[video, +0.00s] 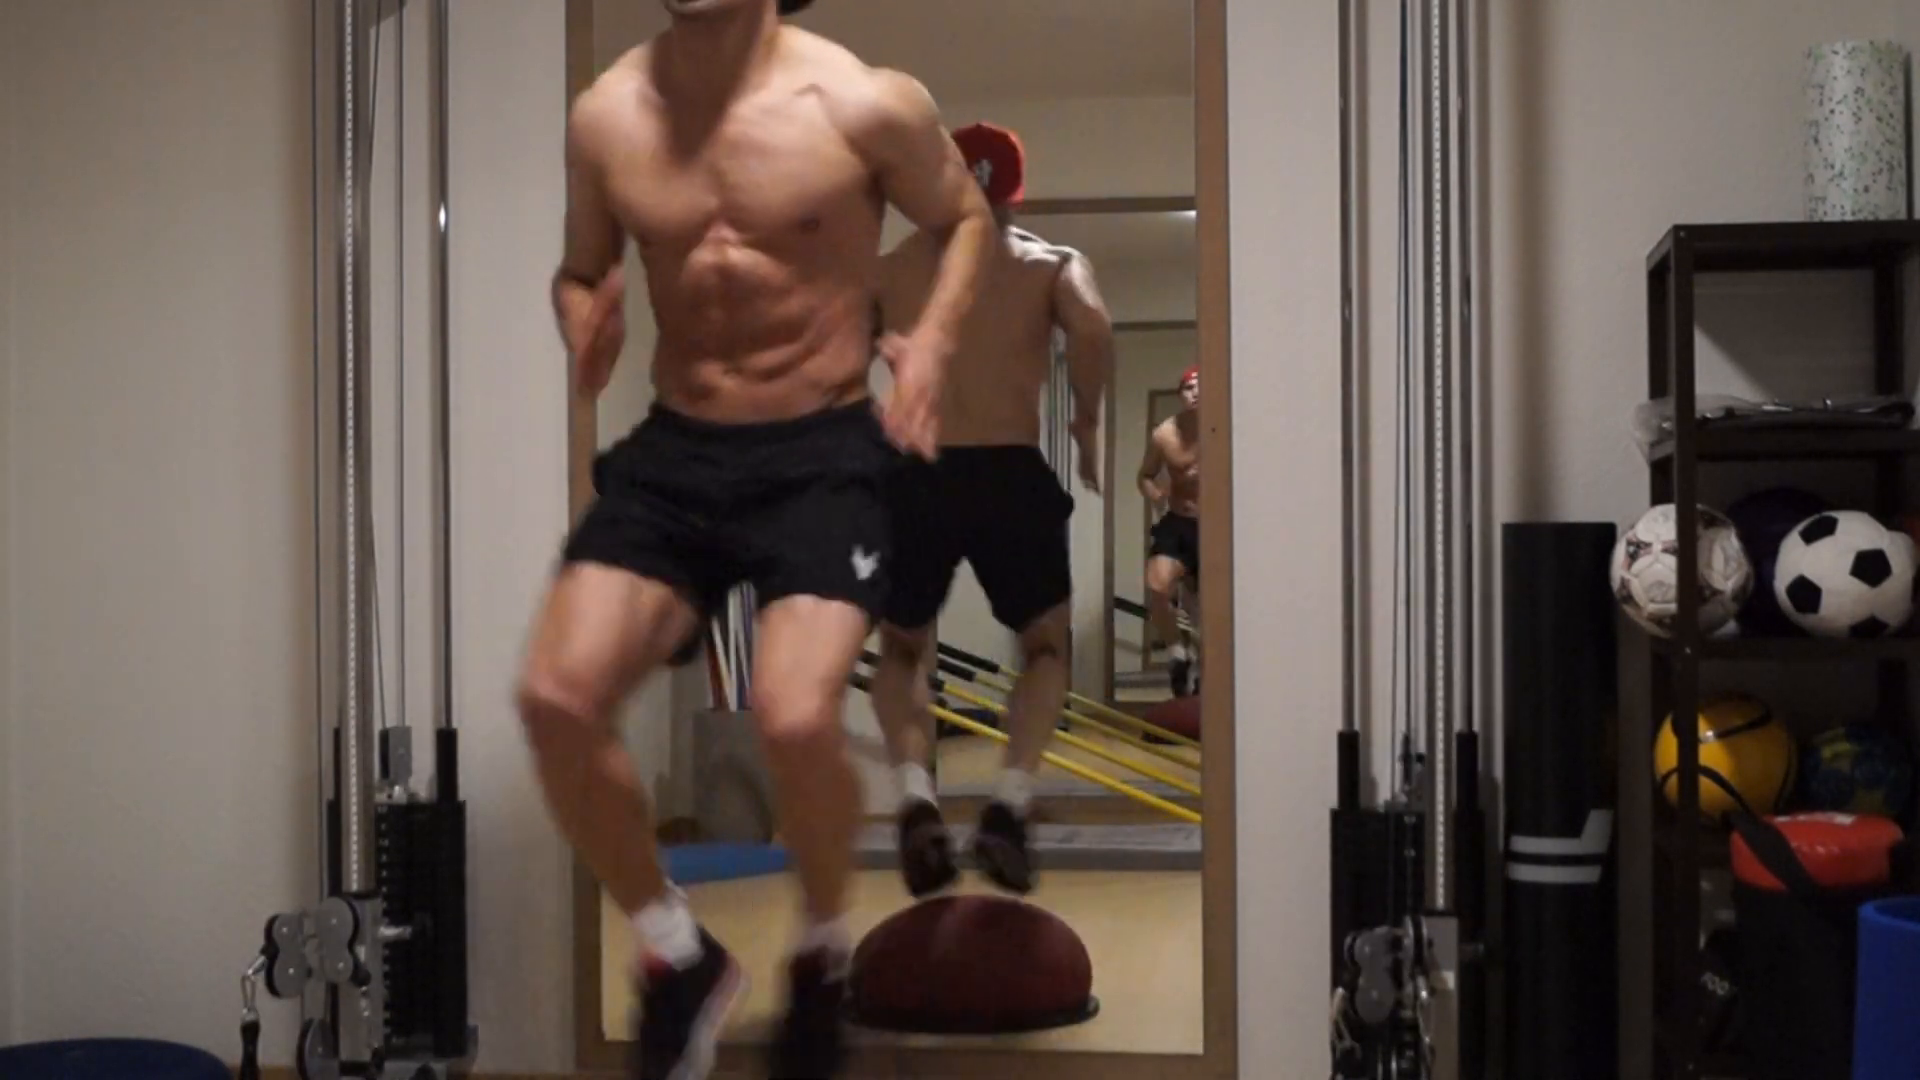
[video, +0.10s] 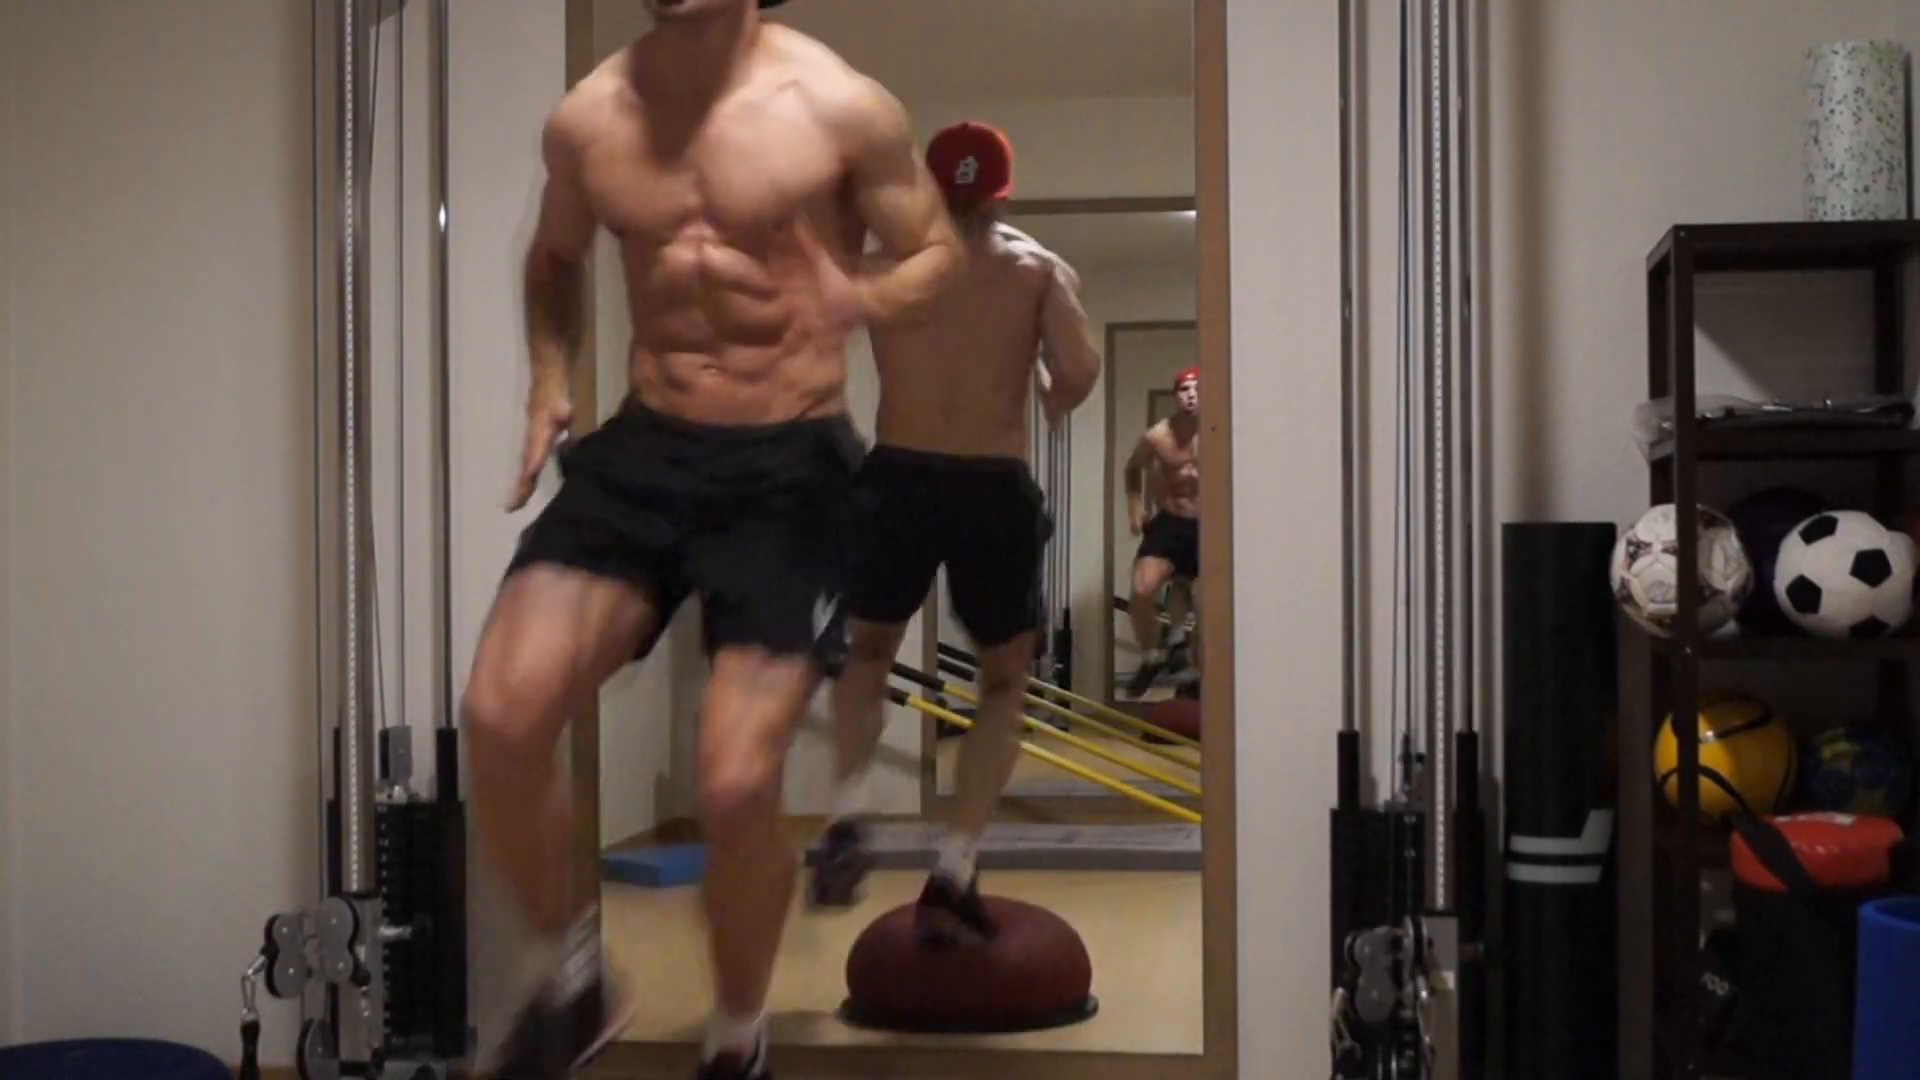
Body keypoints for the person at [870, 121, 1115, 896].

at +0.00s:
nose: (1006, 195)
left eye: (973, 182)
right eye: (1012, 186)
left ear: (949, 185)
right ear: (1018, 191)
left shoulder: (896, 264)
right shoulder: (1052, 262)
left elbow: (839, 341)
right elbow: (1091, 325)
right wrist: (1088, 420)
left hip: (912, 480)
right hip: (1010, 479)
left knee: (902, 650)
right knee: (1046, 646)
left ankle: (915, 794)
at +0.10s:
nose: (977, 204)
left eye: (952, 190)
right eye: (988, 190)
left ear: (932, 190)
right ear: (1005, 192)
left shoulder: (892, 262)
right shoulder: (1036, 269)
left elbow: (830, 319)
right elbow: (1077, 371)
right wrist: (1051, 397)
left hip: (897, 482)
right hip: (993, 493)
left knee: (867, 654)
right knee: (1004, 680)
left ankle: (847, 808)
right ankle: (958, 861)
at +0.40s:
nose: (956, 221)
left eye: (936, 205)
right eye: (972, 207)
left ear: (907, 207)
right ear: (981, 208)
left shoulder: (863, 280)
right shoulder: (1010, 286)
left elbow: (808, 369)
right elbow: (1026, 389)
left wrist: (849, 438)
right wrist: (1036, 452)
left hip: (866, 516)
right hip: (965, 522)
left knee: (840, 708)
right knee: (1003, 698)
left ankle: (783, 895)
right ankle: (960, 872)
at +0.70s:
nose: (1016, 202)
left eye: (994, 185)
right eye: (1018, 189)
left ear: (941, 183)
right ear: (1015, 189)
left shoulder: (884, 268)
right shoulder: (1043, 264)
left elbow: (847, 372)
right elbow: (1072, 383)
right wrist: (1090, 440)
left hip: (915, 500)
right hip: (1013, 496)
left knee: (955, 684)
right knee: (1081, 693)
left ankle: (913, 864)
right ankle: (1102, 879)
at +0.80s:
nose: (1012, 251)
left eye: (998, 235)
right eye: (1023, 237)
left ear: (957, 234)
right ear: (1031, 236)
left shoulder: (922, 310)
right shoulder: (1068, 321)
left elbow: (875, 418)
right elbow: (1112, 448)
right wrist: (1059, 441)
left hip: (938, 560)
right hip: (1042, 558)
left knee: (913, 769)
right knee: (1079, 775)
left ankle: (924, 961)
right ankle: (1102, 976)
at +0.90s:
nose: (1010, 231)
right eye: (1022, 217)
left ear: (952, 214)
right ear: (1027, 220)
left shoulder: (915, 291)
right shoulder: (1058, 302)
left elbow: (856, 388)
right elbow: (1108, 421)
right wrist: (1053, 428)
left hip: (926, 527)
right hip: (1027, 528)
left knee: (933, 758)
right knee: (1075, 752)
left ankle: (948, 945)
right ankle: (1106, 949)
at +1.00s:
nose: (1005, 185)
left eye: (982, 171)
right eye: (1006, 174)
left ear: (935, 171)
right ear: (1006, 178)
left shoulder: (877, 255)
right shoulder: (1029, 246)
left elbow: (824, 343)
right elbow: (1080, 313)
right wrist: (1080, 408)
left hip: (904, 478)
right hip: (1001, 473)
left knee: (929, 677)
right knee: (1046, 658)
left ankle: (947, 869)